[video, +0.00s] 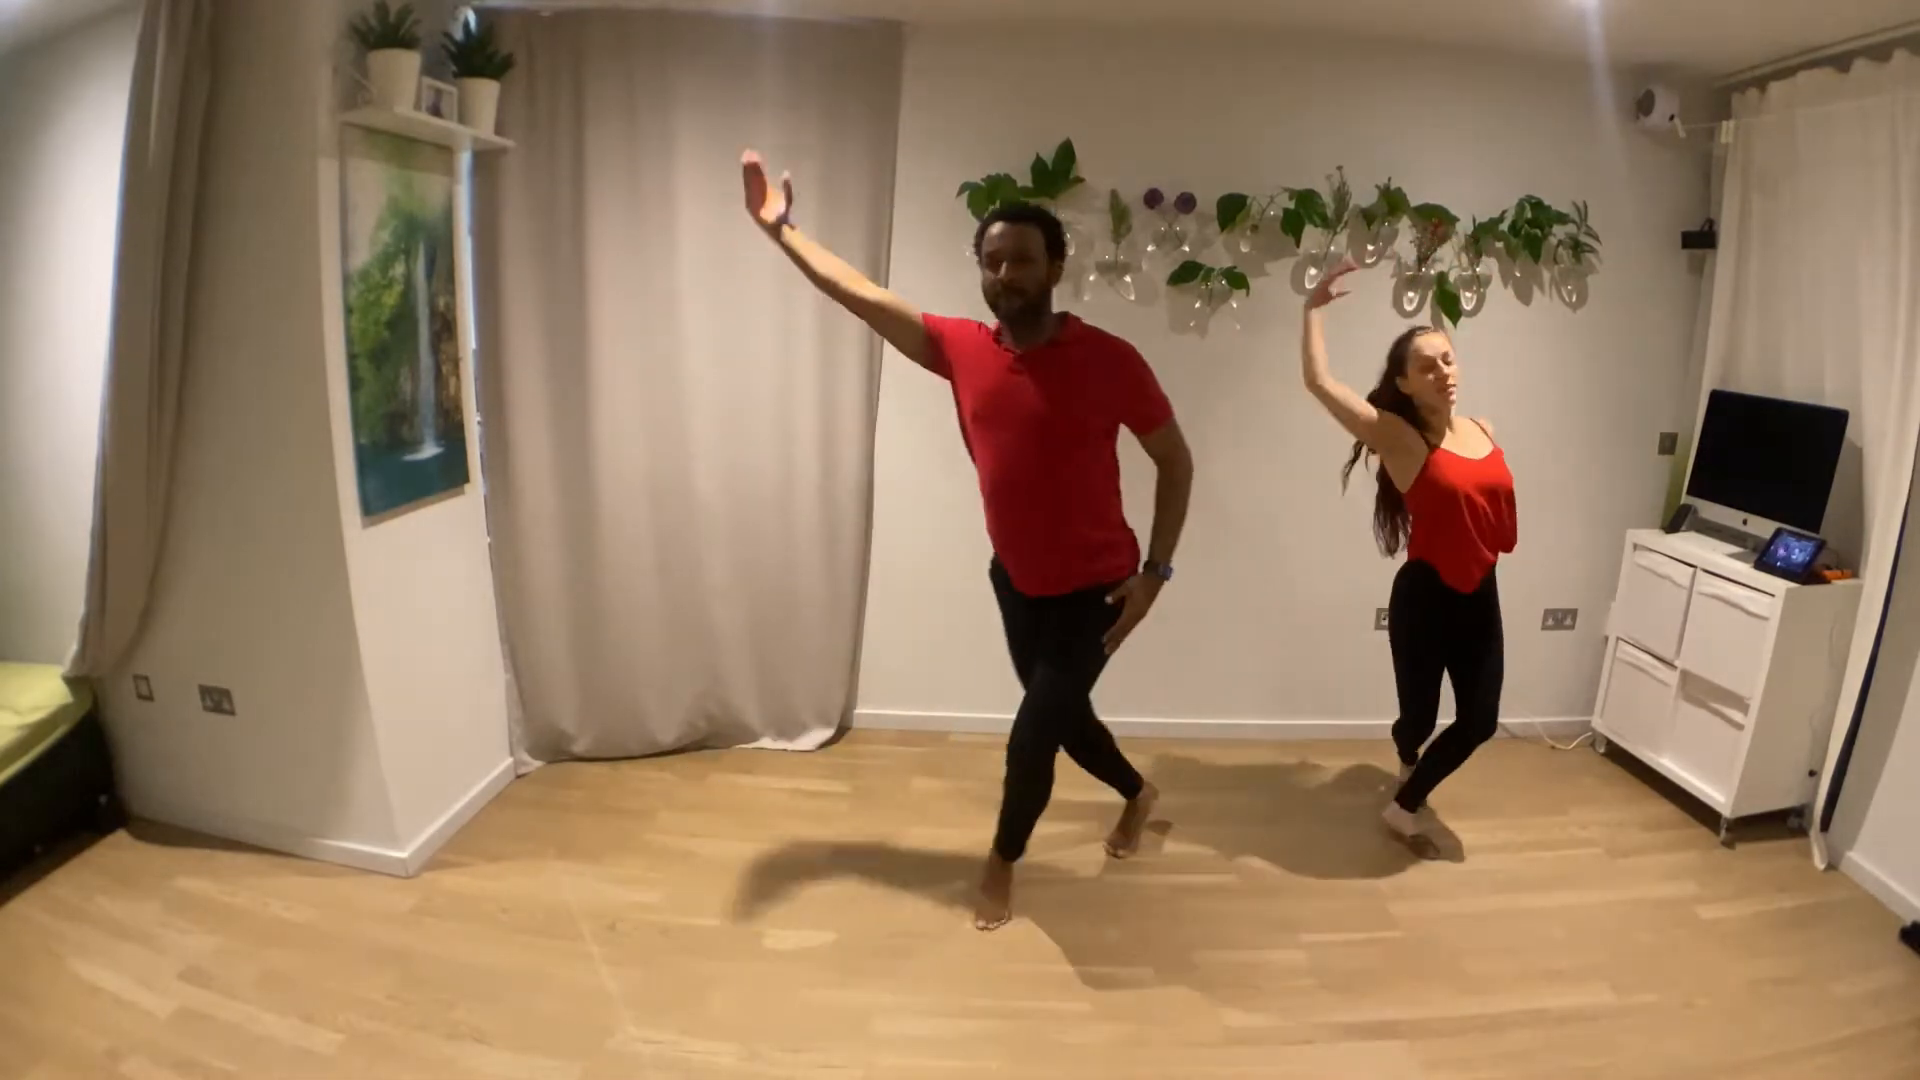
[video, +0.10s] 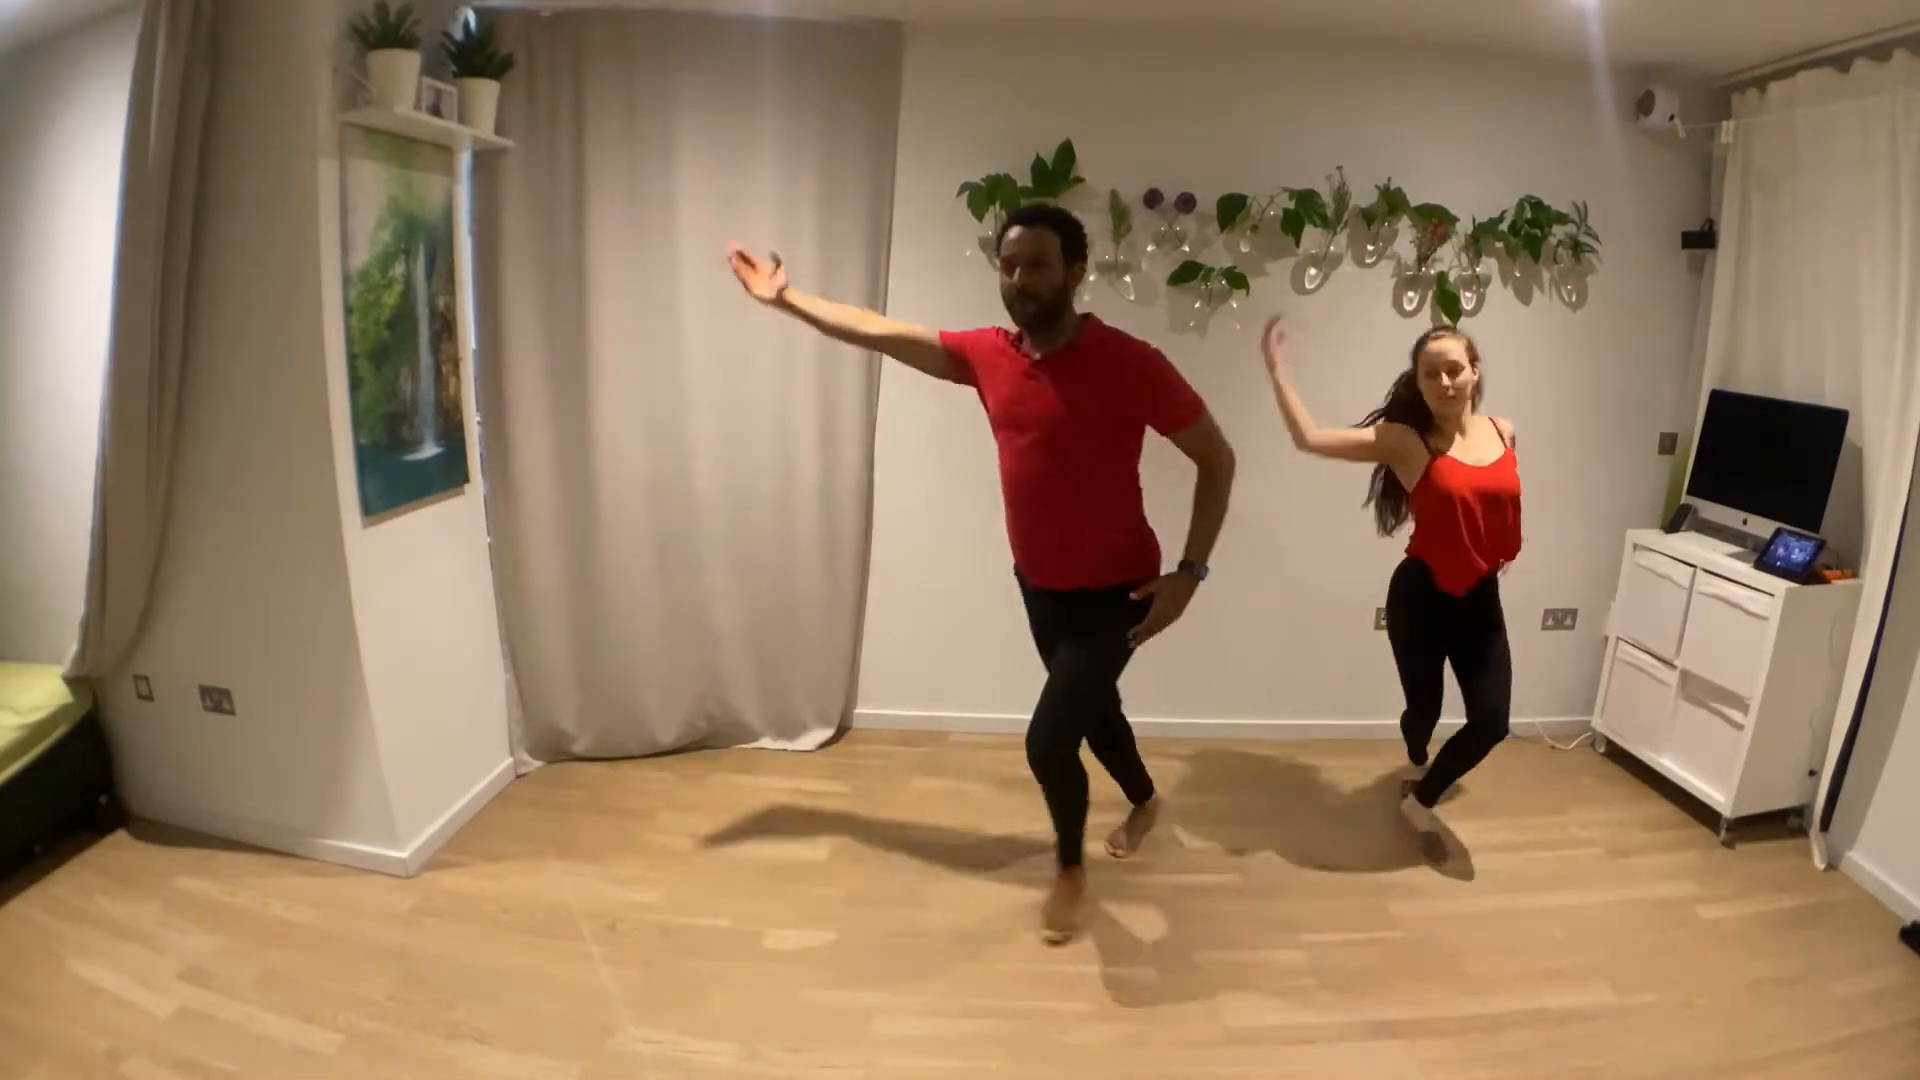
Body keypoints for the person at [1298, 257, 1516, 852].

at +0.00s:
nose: (1445, 371)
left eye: (1449, 359)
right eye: (1428, 365)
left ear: (1459, 367)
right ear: (1403, 385)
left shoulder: (1476, 430)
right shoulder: (1396, 438)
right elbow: (1320, 381)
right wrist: (1314, 306)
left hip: (1478, 592)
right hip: (1422, 593)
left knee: (1478, 721)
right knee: (1419, 721)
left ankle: (1403, 808)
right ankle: (1410, 760)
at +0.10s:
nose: (1448, 382)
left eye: (1458, 369)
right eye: (1435, 373)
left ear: (1476, 373)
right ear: (1418, 383)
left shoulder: (1499, 432)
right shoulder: (1401, 439)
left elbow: (1491, 501)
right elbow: (1308, 437)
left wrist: (1489, 554)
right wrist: (1277, 368)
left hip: (1479, 597)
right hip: (1421, 596)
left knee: (1491, 723)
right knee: (1423, 708)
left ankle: (1419, 801)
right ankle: (1420, 768)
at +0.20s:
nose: (1449, 390)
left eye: (1462, 379)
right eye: (1440, 379)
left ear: (1488, 384)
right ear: (1430, 384)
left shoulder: (1516, 444)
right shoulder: (1410, 453)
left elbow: (1549, 486)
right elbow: (1331, 507)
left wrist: (1571, 545)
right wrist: (1255, 484)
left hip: (1480, 598)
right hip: (1419, 595)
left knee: (1488, 730)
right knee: (1421, 707)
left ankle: (1447, 825)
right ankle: (1415, 767)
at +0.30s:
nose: (1453, 392)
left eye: (1467, 382)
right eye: (1446, 380)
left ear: (1497, 388)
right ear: (1438, 384)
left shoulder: (1523, 456)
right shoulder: (1416, 459)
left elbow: (1564, 525)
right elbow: (1376, 550)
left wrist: (1608, 587)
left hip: (1482, 606)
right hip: (1418, 602)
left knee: (1478, 735)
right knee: (1421, 709)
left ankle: (1451, 841)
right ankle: (1416, 768)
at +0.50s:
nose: (1465, 381)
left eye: (1480, 371)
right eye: (1459, 370)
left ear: (1513, 380)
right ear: (1451, 374)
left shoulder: (1534, 455)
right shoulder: (1429, 441)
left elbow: (1525, 541)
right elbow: (1408, 514)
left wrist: (1497, 583)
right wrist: (1425, 549)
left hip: (1489, 607)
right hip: (1426, 600)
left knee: (1473, 743)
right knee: (1390, 740)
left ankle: (1451, 842)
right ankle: (1417, 795)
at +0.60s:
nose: (1462, 372)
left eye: (1478, 363)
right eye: (1456, 361)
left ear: (1510, 374)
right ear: (1447, 366)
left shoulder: (1526, 445)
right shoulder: (1428, 422)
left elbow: (1544, 535)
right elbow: (1365, 461)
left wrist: (1473, 552)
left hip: (1489, 607)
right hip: (1424, 598)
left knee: (1470, 740)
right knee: (1382, 730)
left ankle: (1453, 843)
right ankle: (1373, 859)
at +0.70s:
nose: (1453, 367)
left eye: (1470, 357)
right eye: (1448, 355)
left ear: (1504, 367)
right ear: (1439, 360)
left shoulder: (1518, 436)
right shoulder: (1422, 408)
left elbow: (1570, 500)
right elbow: (1334, 373)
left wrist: (1488, 536)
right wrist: (1376, 366)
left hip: (1479, 608)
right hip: (1412, 601)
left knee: (1463, 739)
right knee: (1380, 744)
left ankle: (1455, 838)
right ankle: (1335, 881)